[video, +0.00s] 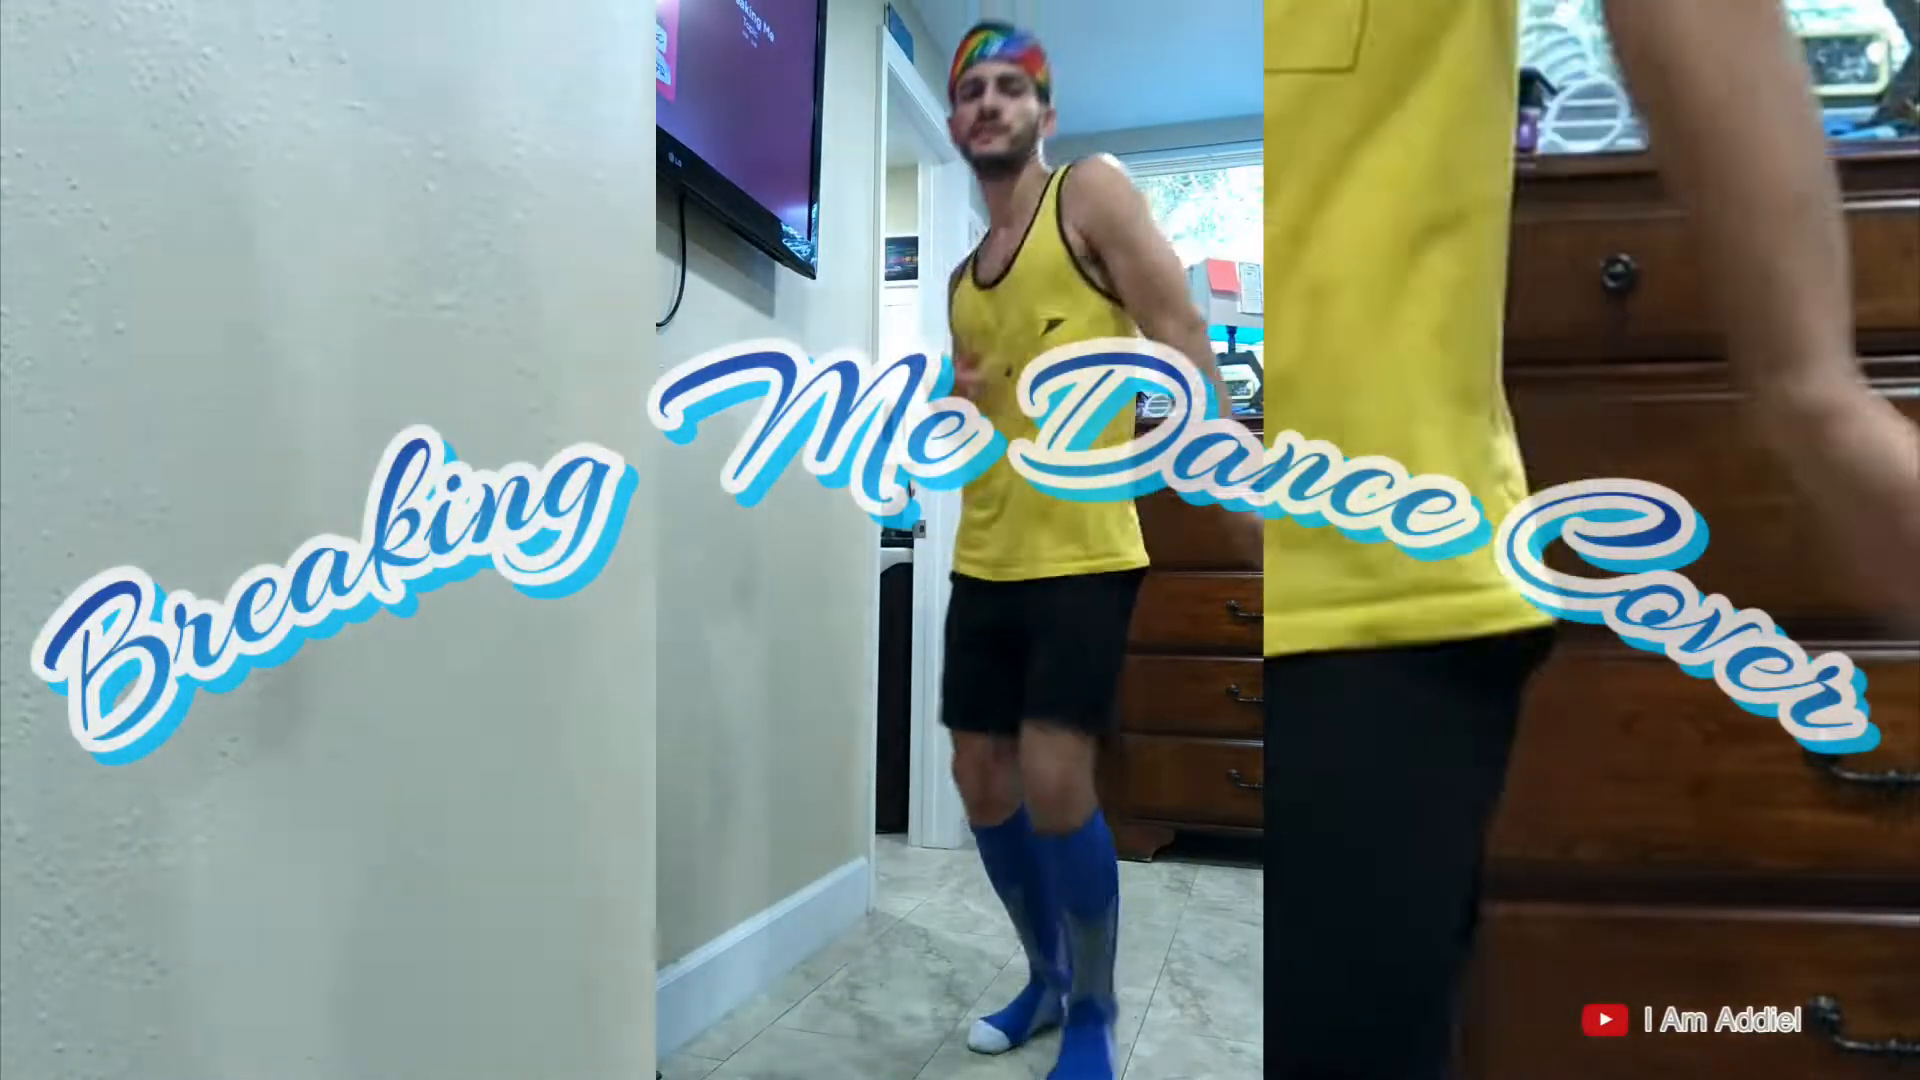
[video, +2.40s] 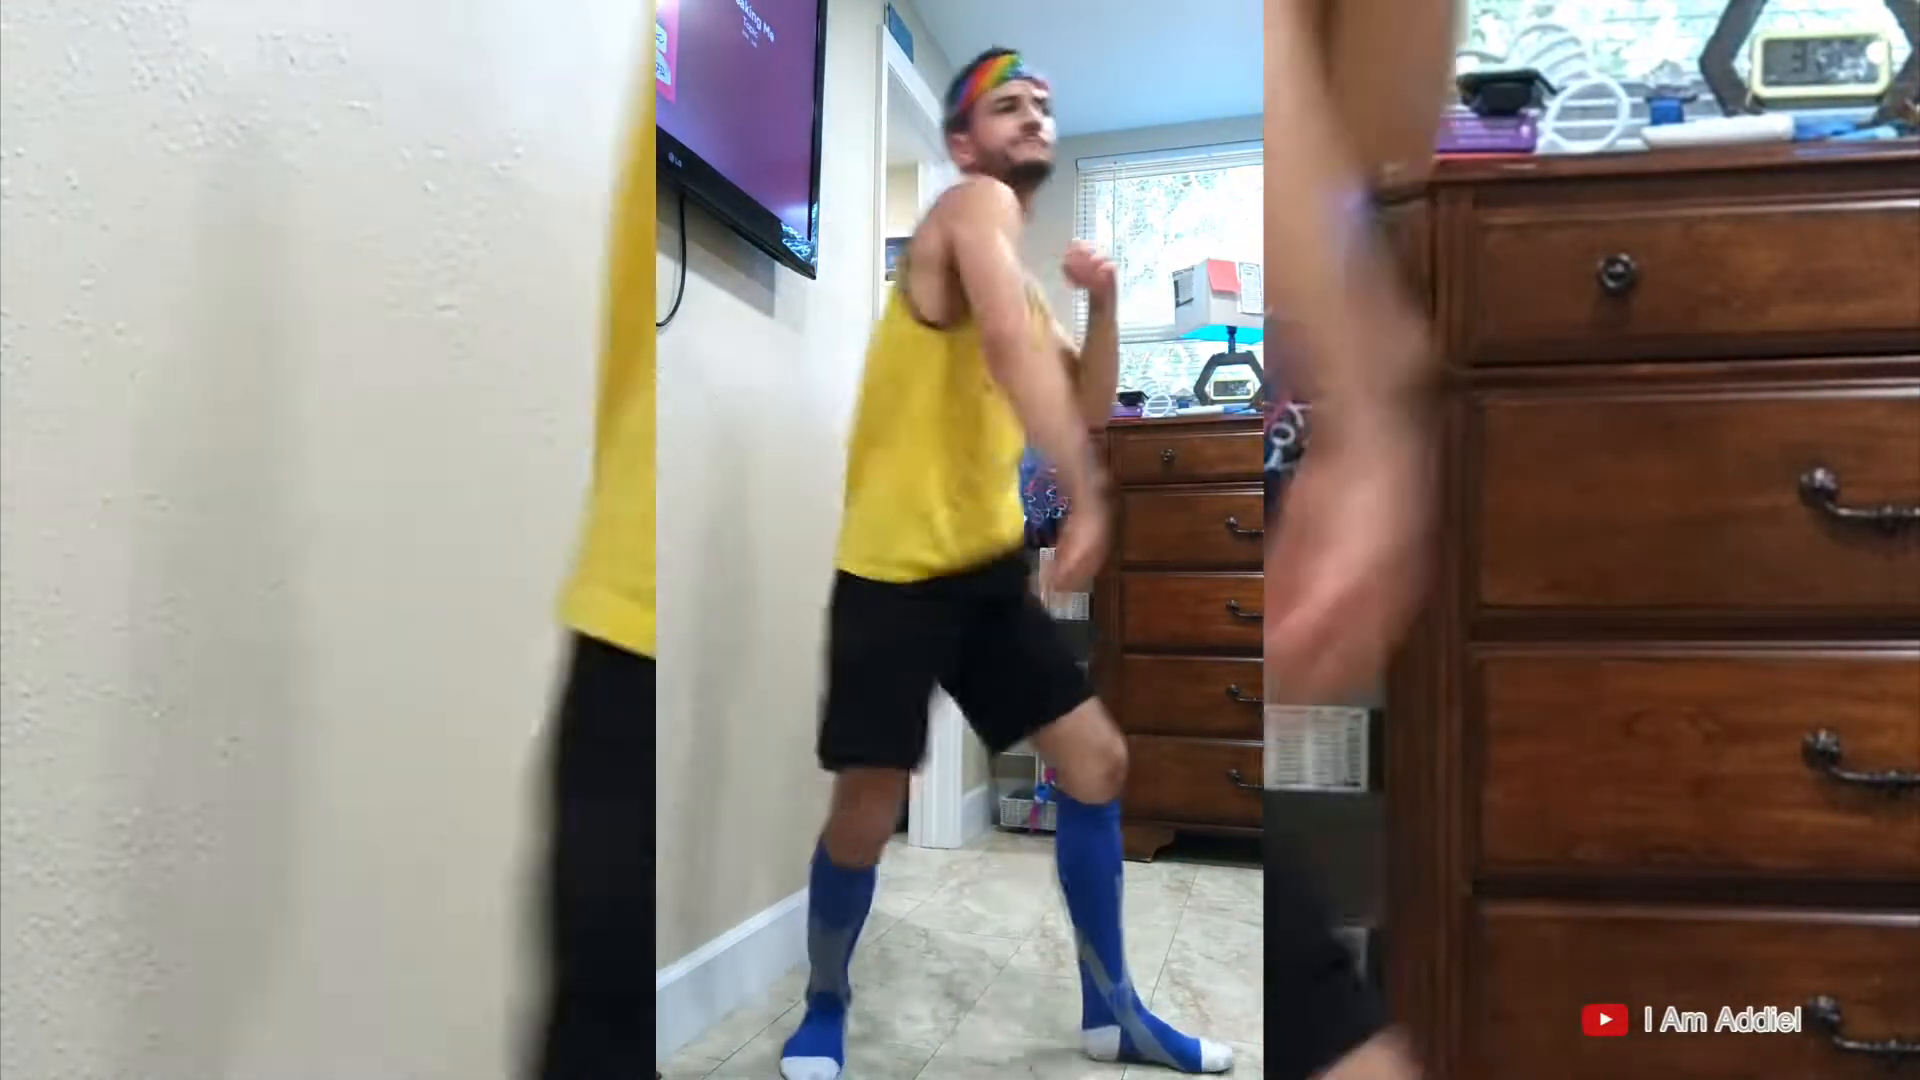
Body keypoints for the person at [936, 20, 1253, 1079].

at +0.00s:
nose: (988, 105)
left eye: (1008, 90)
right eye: (971, 93)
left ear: (1044, 112)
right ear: (953, 121)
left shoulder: (1088, 189)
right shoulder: (969, 269)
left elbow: (1183, 334)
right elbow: (968, 404)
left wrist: (1153, 437)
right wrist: (902, 447)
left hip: (1083, 545)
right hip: (986, 553)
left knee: (1052, 775)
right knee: (981, 775)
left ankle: (1093, 1019)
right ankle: (1049, 980)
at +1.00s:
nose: (1063, 149)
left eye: (1080, 136)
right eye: (1046, 141)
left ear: (1112, 162)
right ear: (1025, 167)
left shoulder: (1131, 297)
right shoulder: (975, 235)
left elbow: (1105, 419)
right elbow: (899, 335)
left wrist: (1113, 296)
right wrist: (879, 422)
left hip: (1054, 538)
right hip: (950, 520)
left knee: (1069, 767)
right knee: (997, 725)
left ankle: (991, 941)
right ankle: (969, 944)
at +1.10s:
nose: (1051, 153)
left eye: (1070, 138)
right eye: (1035, 143)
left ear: (1106, 160)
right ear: (1016, 168)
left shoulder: (1126, 298)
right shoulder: (971, 257)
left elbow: (1064, 388)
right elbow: (915, 354)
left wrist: (1028, 262)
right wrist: (894, 407)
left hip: (1052, 535)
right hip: (949, 507)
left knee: (1068, 767)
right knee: (981, 666)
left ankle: (997, 942)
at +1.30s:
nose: (1015, 128)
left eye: (1035, 112)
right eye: (1000, 115)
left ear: (1069, 130)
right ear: (980, 137)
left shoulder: (1107, 222)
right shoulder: (963, 252)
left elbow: (1040, 291)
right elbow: (964, 381)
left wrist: (913, 287)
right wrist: (919, 391)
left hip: (1045, 518)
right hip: (947, 502)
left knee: (1024, 746)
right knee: (903, 690)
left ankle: (1003, 944)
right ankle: (939, 894)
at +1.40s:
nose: (996, 148)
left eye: (1015, 132)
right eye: (979, 135)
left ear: (1047, 146)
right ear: (960, 156)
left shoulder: (1077, 206)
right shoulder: (951, 282)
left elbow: (1019, 288)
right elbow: (946, 393)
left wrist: (931, 370)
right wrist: (907, 410)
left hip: (1045, 543)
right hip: (940, 541)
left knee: (1025, 761)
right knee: (874, 736)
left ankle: (1005, 948)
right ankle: (921, 959)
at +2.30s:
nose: (1004, 91)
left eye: (1012, 80)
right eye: (979, 77)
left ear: (1020, 113)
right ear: (931, 105)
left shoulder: (1013, 245)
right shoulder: (915, 181)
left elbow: (1036, 377)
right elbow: (950, 289)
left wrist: (1078, 327)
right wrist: (1083, 378)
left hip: (976, 523)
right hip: (870, 535)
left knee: (1075, 750)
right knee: (847, 784)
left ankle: (1089, 997)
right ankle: (834, 1002)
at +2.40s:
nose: (1035, 120)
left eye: (1043, 109)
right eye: (1010, 108)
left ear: (1051, 139)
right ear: (962, 137)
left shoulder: (1002, 268)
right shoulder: (969, 201)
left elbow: (1084, 412)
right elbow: (1010, 343)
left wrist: (1100, 302)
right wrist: (1082, 493)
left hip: (985, 568)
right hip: (890, 572)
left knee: (1093, 759)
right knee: (868, 801)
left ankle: (1109, 1003)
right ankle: (823, 1020)